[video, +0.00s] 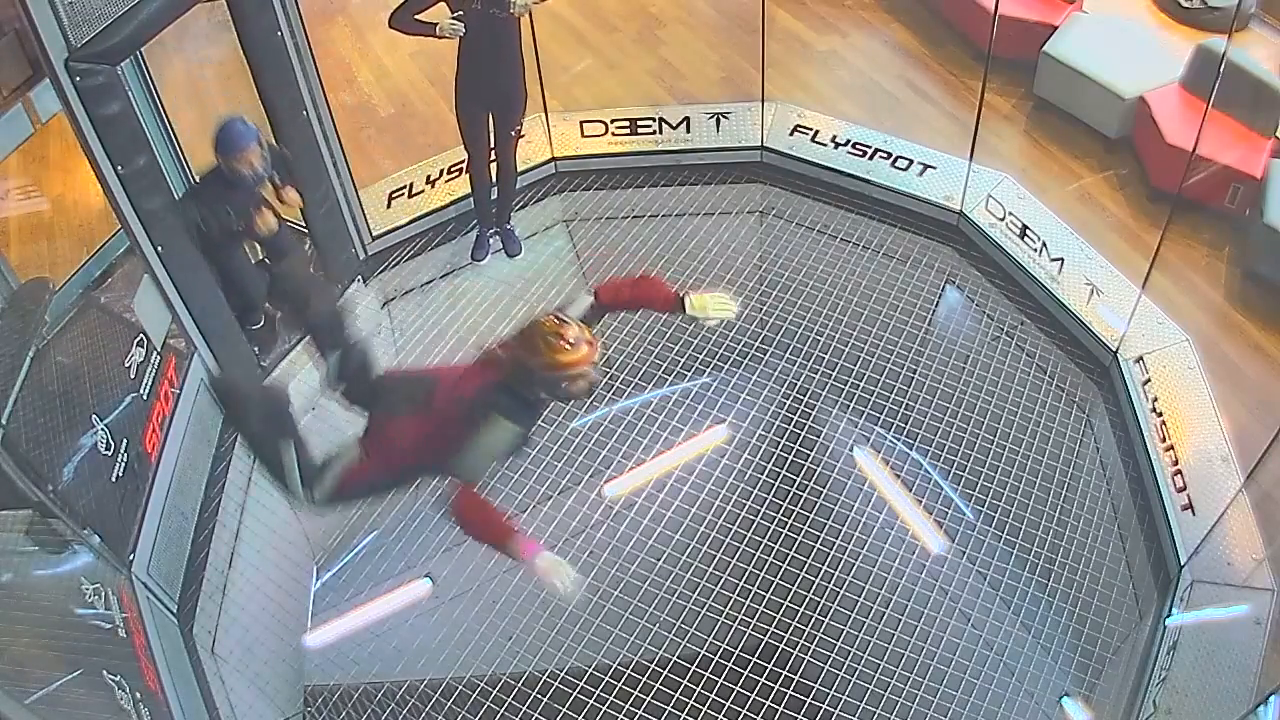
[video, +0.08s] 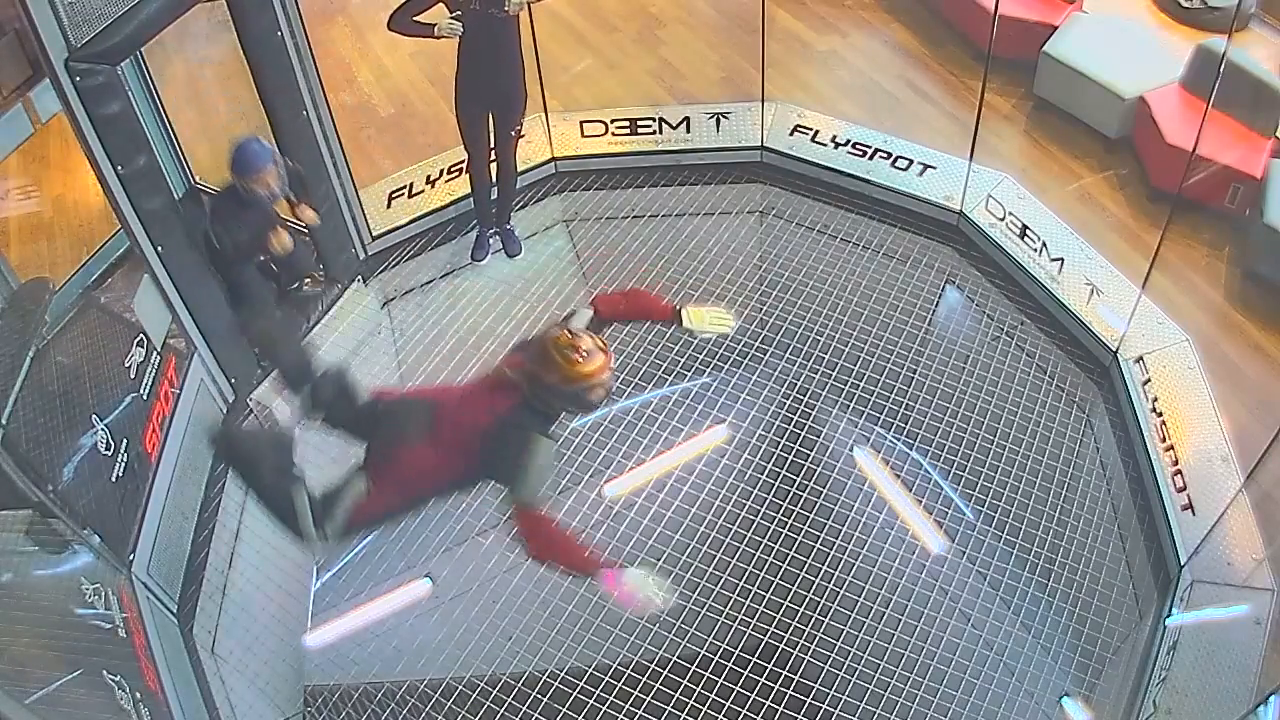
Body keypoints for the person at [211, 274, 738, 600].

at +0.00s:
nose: (588, 370)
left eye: (585, 363)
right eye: (580, 373)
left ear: (562, 342)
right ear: (556, 387)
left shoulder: (551, 337)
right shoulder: (505, 421)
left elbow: (611, 292)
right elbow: (464, 495)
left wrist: (685, 301)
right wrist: (529, 553)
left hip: (433, 387)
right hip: (408, 443)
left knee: (362, 385)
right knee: (312, 486)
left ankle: (319, 306)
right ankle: (258, 400)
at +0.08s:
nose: (595, 390)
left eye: (593, 381)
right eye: (591, 388)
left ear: (555, 355)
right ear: (568, 398)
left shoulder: (538, 355)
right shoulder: (529, 441)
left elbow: (607, 306)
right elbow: (533, 527)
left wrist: (682, 312)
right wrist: (602, 570)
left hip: (407, 414)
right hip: (407, 473)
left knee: (331, 397)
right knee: (317, 521)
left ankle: (262, 320)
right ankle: (252, 441)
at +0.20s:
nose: (580, 385)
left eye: (580, 382)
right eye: (594, 395)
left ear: (561, 381)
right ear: (586, 418)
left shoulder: (534, 377)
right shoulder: (555, 462)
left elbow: (593, 321)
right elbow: (609, 532)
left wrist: (663, 327)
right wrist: (696, 533)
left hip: (412, 448)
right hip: (433, 503)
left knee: (309, 453)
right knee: (337, 577)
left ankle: (219, 387)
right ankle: (269, 528)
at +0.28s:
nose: (577, 384)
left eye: (578, 384)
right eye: (595, 400)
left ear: (559, 385)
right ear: (592, 425)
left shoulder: (527, 388)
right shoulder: (573, 473)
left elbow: (569, 327)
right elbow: (641, 526)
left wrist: (635, 323)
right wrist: (709, 497)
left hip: (413, 475)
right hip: (438, 531)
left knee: (313, 495)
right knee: (353, 621)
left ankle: (236, 438)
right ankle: (306, 575)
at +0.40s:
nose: (575, 401)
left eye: (576, 397)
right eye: (591, 407)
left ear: (556, 401)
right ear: (595, 434)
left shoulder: (518, 409)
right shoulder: (579, 485)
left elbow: (536, 352)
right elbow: (664, 512)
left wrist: (596, 333)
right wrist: (693, 454)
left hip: (423, 519)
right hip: (460, 566)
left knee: (334, 560)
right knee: (391, 666)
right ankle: (327, 623)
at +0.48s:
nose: (578, 419)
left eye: (576, 411)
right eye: (591, 419)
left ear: (551, 411)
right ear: (593, 440)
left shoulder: (509, 428)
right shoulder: (585, 493)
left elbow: (524, 366)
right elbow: (675, 501)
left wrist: (579, 350)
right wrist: (683, 442)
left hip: (421, 551)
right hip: (469, 597)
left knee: (342, 606)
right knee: (421, 703)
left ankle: (246, 590)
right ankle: (341, 648)